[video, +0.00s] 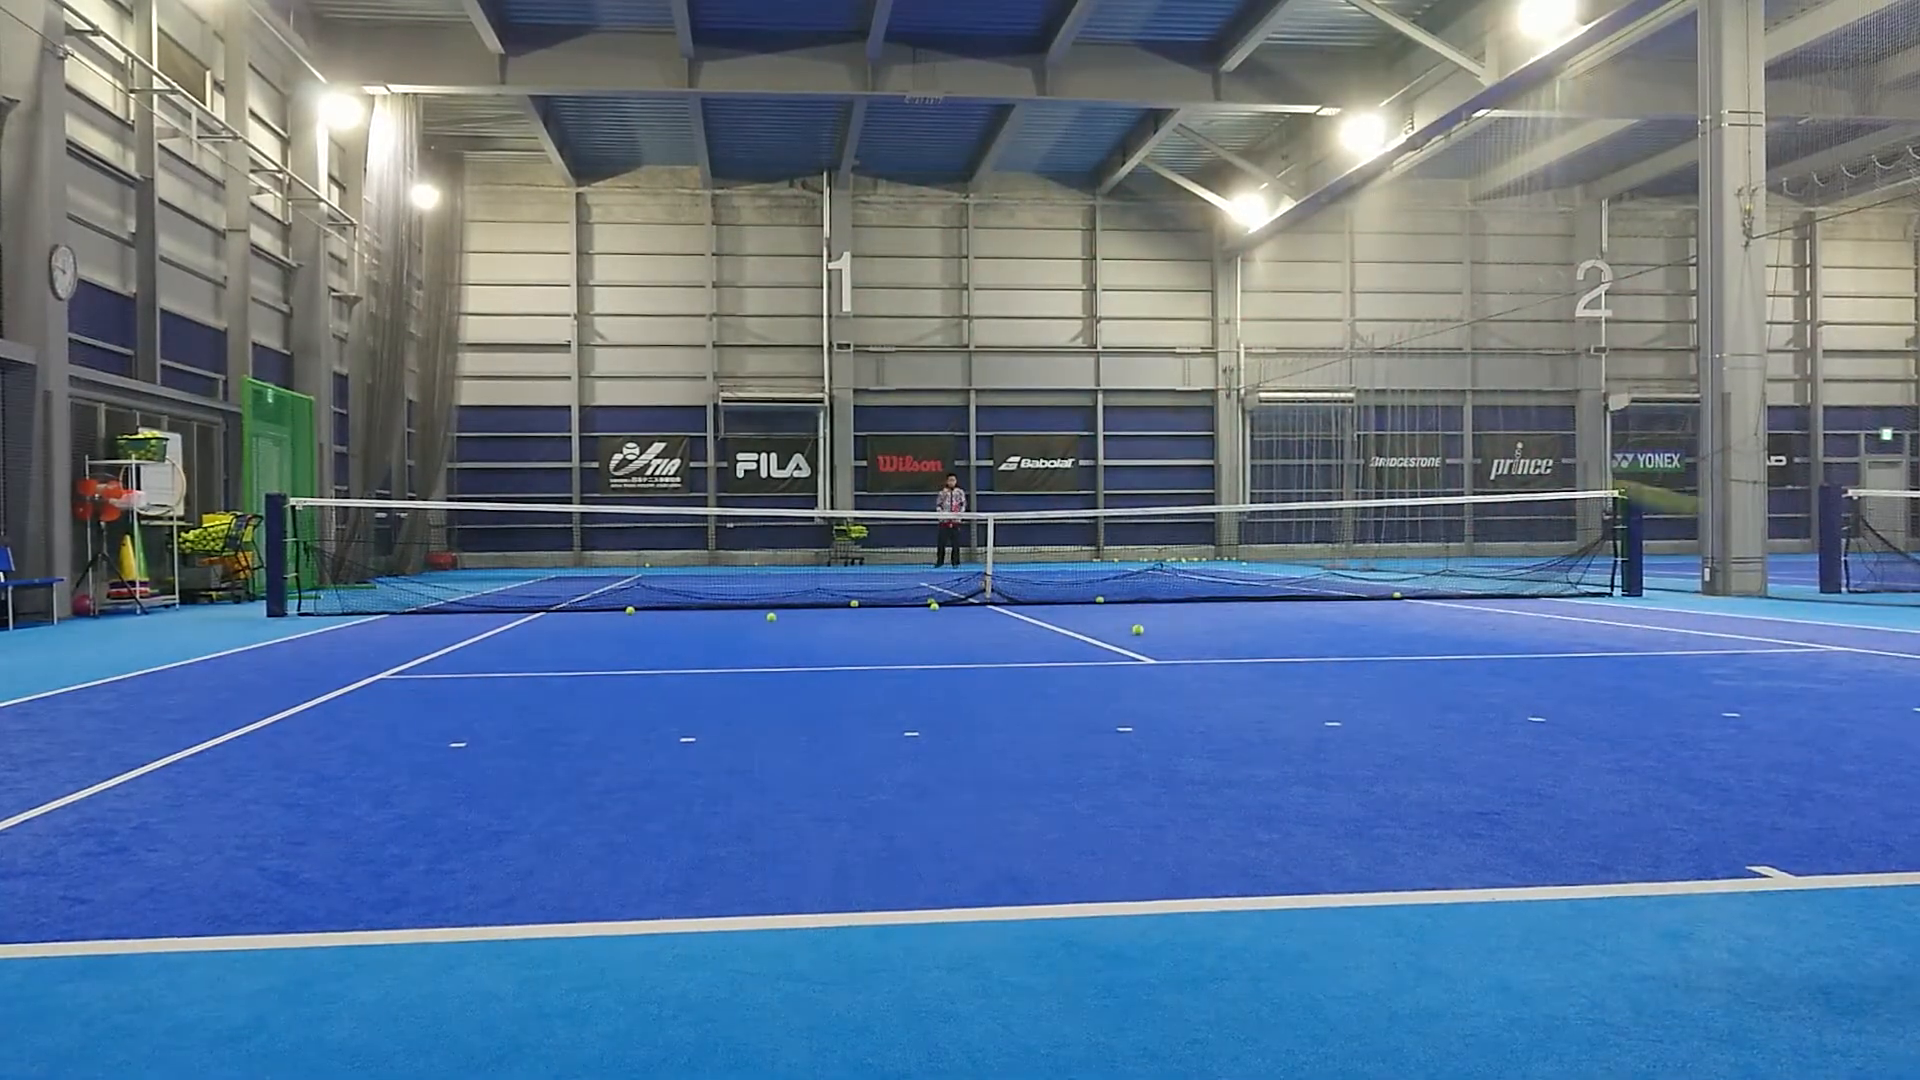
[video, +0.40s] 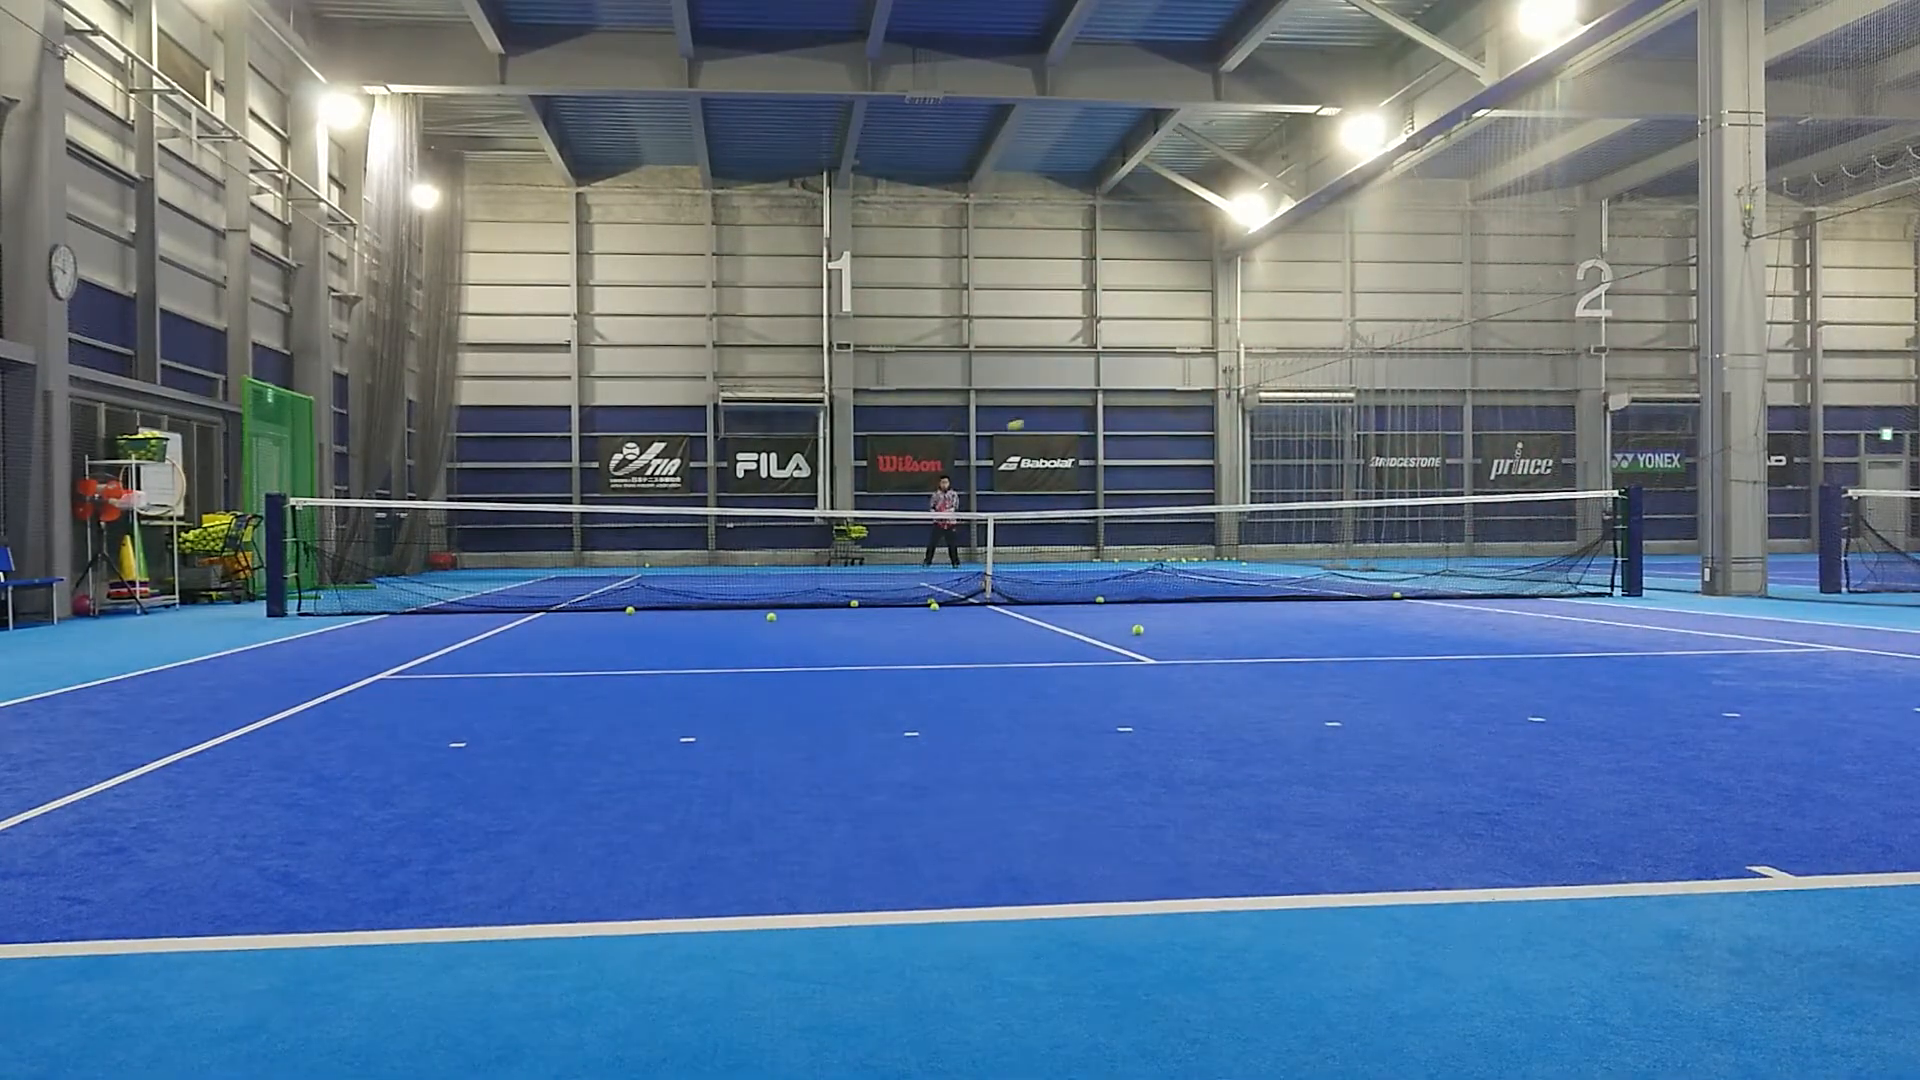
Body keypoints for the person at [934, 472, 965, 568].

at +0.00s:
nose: (952, 482)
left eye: (954, 480)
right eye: (950, 480)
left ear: (956, 482)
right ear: (946, 481)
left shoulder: (960, 492)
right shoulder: (942, 493)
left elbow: (963, 504)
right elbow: (938, 505)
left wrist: (959, 515)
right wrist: (941, 515)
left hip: (955, 522)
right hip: (944, 522)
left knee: (955, 544)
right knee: (941, 544)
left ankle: (955, 562)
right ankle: (939, 562)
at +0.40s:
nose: (944, 485)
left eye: (946, 482)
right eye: (942, 482)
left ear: (949, 484)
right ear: (939, 484)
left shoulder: (953, 494)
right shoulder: (936, 495)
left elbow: (955, 507)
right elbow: (931, 508)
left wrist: (946, 513)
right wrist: (937, 516)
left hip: (950, 523)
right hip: (938, 523)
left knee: (952, 545)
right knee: (932, 544)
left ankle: (955, 563)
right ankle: (927, 562)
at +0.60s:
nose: (931, 490)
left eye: (933, 488)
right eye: (930, 488)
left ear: (937, 489)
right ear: (928, 490)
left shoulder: (942, 500)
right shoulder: (926, 500)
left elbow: (942, 513)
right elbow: (923, 512)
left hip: (942, 527)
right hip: (930, 527)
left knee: (947, 547)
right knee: (923, 545)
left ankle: (954, 563)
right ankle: (920, 562)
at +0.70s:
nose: (922, 490)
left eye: (923, 488)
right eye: (920, 488)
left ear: (927, 489)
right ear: (918, 490)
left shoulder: (932, 498)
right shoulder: (917, 501)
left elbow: (933, 512)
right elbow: (915, 513)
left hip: (934, 527)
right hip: (923, 527)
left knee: (941, 546)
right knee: (918, 546)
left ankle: (953, 561)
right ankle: (921, 562)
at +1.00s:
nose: (897, 492)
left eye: (899, 489)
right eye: (895, 490)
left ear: (903, 489)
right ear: (894, 491)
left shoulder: (908, 499)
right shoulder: (896, 500)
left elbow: (912, 511)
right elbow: (893, 509)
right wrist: (882, 510)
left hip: (908, 524)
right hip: (901, 524)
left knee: (901, 546)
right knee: (900, 546)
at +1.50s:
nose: (859, 500)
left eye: (860, 498)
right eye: (857, 499)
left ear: (865, 497)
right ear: (856, 500)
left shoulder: (873, 504)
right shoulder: (860, 509)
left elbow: (883, 499)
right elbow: (860, 521)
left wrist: (871, 502)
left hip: (877, 531)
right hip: (866, 532)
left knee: (873, 546)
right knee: (857, 544)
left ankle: (878, 562)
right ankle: (858, 565)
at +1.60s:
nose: (857, 496)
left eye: (858, 494)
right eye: (855, 495)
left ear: (863, 493)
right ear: (854, 496)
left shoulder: (871, 500)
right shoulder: (856, 505)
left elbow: (877, 498)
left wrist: (881, 497)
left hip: (873, 527)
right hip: (862, 528)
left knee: (872, 543)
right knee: (856, 545)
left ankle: (871, 559)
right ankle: (858, 564)